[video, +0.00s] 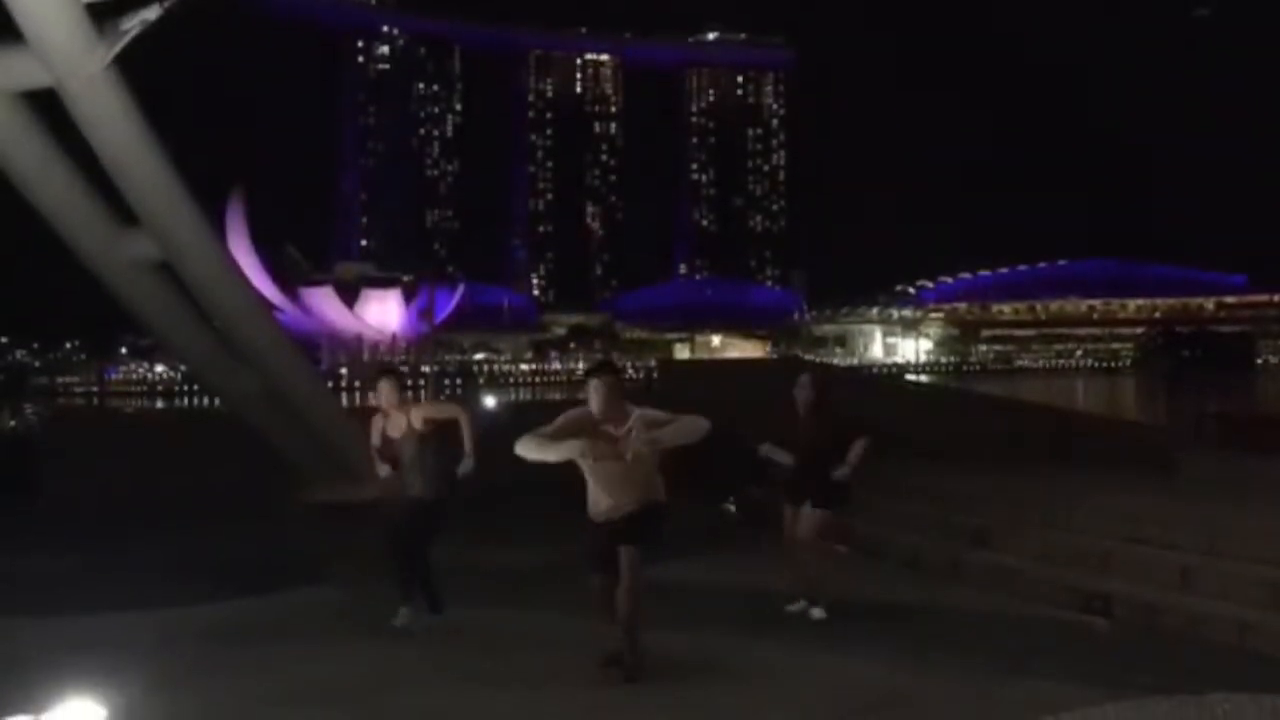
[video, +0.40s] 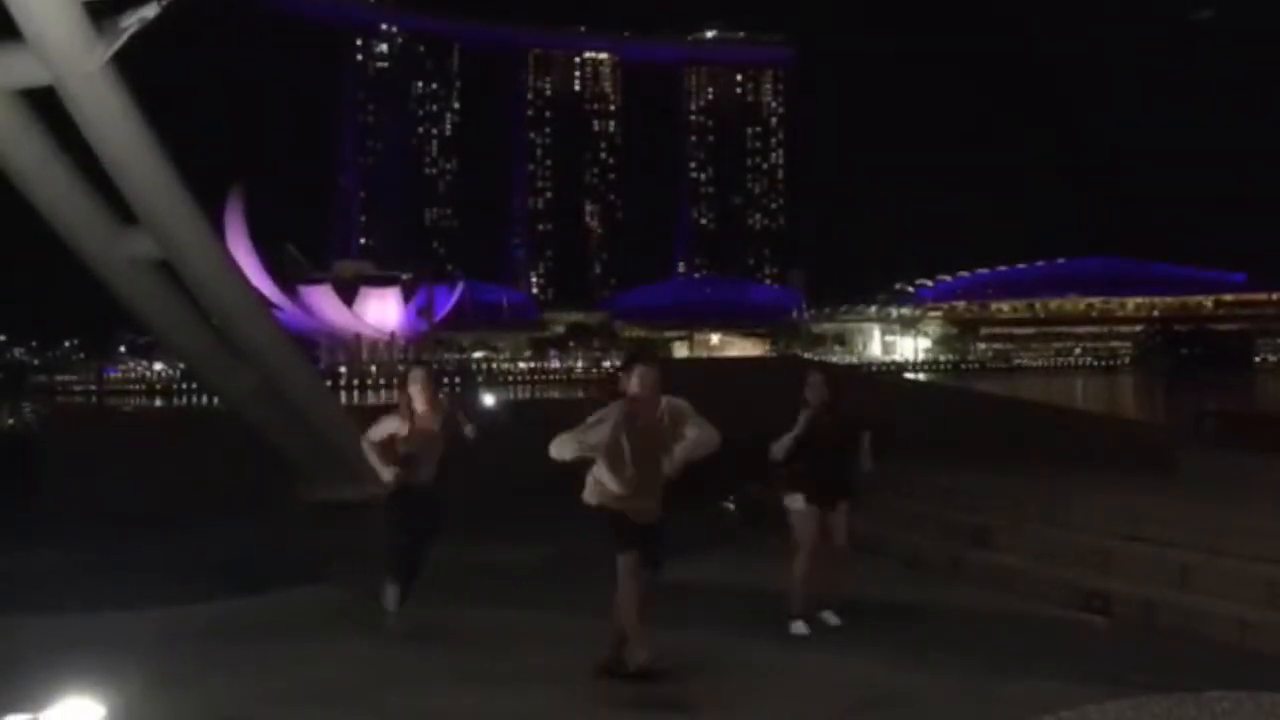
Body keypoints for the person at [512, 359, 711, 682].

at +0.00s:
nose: (597, 394)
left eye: (604, 386)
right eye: (592, 387)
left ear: (618, 390)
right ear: (585, 392)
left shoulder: (641, 419)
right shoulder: (579, 421)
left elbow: (700, 426)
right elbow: (523, 446)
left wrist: (651, 440)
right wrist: (574, 448)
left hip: (642, 509)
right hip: (602, 516)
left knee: (631, 564)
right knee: (603, 584)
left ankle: (630, 651)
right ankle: (620, 642)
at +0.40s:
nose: (645, 389)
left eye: (651, 381)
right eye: (639, 381)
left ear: (659, 384)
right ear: (625, 382)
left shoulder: (671, 409)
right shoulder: (616, 415)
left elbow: (708, 437)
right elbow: (559, 448)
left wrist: (674, 459)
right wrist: (598, 440)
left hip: (648, 504)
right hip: (611, 502)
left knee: (644, 576)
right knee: (628, 566)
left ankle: (618, 649)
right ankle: (637, 650)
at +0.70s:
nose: (644, 400)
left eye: (650, 392)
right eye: (637, 392)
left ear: (659, 393)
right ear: (626, 395)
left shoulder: (670, 420)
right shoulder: (617, 427)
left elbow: (700, 460)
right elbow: (592, 432)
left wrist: (666, 482)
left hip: (657, 520)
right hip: (619, 522)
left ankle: (630, 618)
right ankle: (651, 682)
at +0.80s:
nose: (643, 402)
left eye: (650, 395)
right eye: (637, 395)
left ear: (659, 396)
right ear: (624, 396)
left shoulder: (671, 420)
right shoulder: (616, 426)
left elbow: (704, 452)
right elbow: (579, 448)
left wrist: (678, 475)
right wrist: (629, 421)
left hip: (653, 522)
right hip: (616, 523)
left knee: (645, 590)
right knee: (667, 583)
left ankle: (633, 637)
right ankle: (650, 682)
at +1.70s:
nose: (591, 403)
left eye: (598, 396)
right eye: (587, 397)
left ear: (612, 398)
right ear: (580, 400)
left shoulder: (638, 427)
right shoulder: (575, 433)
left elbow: (682, 456)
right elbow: (549, 483)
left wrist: (665, 492)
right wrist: (580, 477)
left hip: (638, 509)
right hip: (604, 515)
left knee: (631, 559)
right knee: (608, 581)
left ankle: (642, 643)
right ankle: (624, 643)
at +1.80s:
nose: (601, 381)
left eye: (608, 373)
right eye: (596, 374)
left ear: (621, 378)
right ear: (589, 379)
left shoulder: (646, 412)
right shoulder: (580, 416)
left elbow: (678, 449)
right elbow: (550, 460)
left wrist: (675, 495)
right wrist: (569, 468)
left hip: (644, 503)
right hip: (607, 509)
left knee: (641, 565)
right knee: (613, 578)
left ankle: (650, 645)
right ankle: (628, 642)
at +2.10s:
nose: (635, 371)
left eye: (642, 365)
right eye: (628, 364)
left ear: (651, 371)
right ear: (618, 369)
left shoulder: (665, 406)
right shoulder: (600, 403)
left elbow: (684, 453)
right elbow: (563, 444)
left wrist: (701, 496)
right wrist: (575, 450)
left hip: (657, 501)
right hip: (614, 503)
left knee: (654, 577)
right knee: (606, 577)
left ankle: (652, 655)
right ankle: (608, 650)